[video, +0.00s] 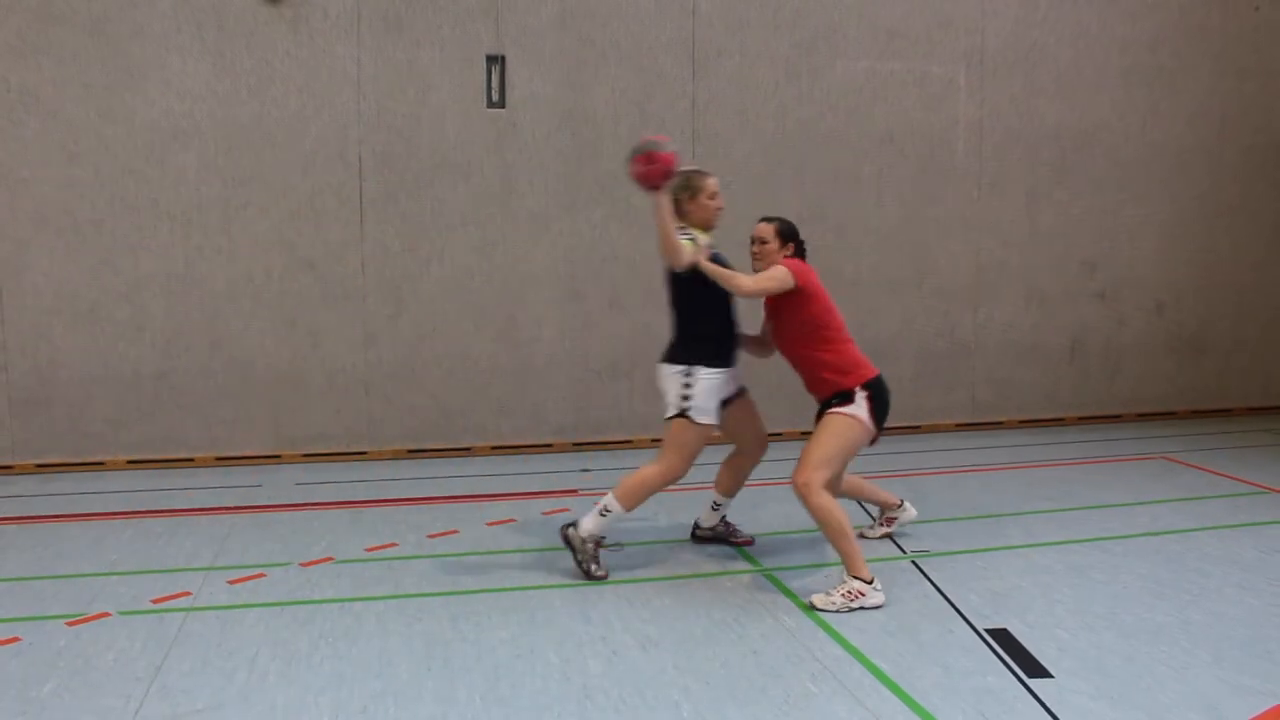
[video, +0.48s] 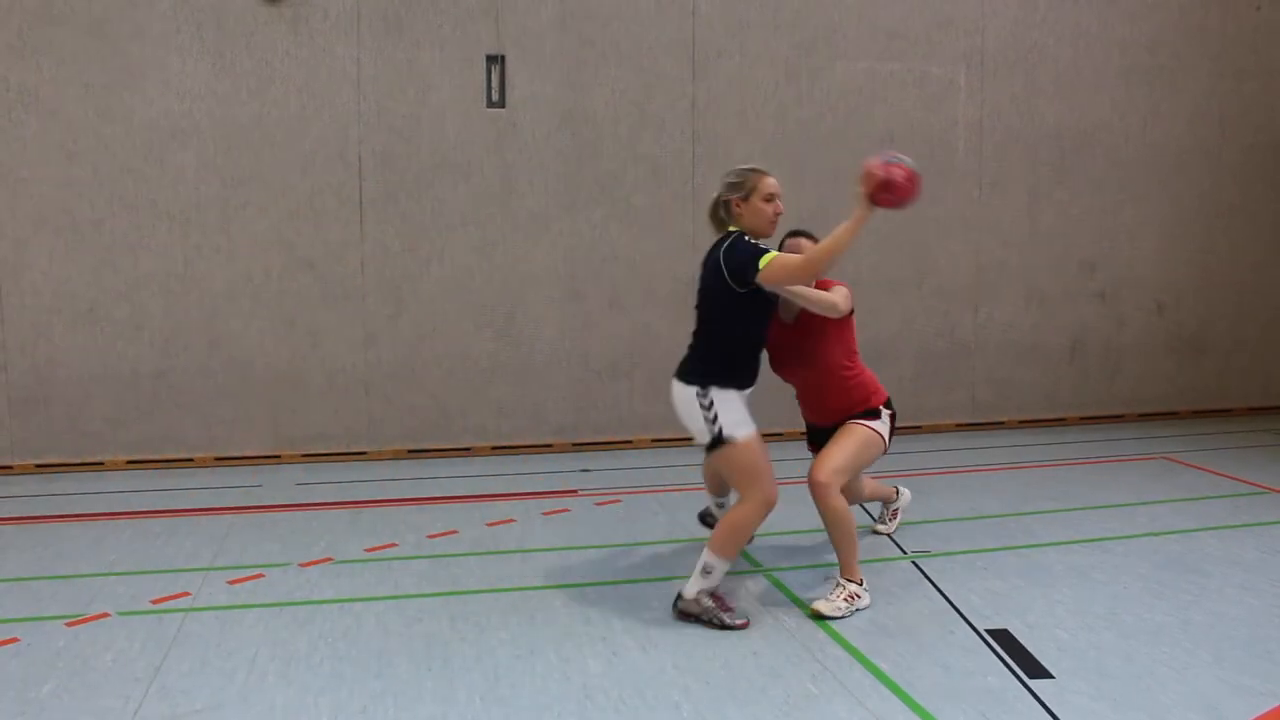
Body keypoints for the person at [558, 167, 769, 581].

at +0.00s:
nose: (719, 203)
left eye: (718, 196)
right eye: (711, 197)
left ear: (702, 204)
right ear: (688, 203)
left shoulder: (706, 247)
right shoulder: (685, 241)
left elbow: (712, 320)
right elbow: (677, 257)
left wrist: (749, 342)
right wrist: (660, 198)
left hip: (720, 370)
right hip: (693, 372)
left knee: (754, 443)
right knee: (673, 464)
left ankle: (711, 522)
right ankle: (585, 532)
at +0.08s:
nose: (742, 204)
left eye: (742, 196)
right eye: (735, 197)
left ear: (730, 203)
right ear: (711, 204)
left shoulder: (728, 245)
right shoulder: (712, 241)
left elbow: (707, 313)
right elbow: (706, 260)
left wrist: (772, 343)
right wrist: (691, 200)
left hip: (737, 369)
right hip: (712, 370)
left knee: (765, 445)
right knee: (677, 463)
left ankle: (712, 519)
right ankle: (593, 528)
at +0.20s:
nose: (766, 207)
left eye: (766, 199)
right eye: (758, 200)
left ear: (765, 200)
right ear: (737, 205)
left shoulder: (733, 245)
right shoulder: (734, 245)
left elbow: (710, 306)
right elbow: (749, 262)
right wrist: (738, 197)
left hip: (750, 373)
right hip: (731, 374)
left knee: (772, 452)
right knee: (697, 470)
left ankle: (715, 515)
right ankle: (607, 525)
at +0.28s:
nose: (772, 209)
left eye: (773, 201)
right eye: (764, 202)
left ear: (743, 207)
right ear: (741, 207)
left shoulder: (738, 243)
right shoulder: (737, 246)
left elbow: (717, 309)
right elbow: (767, 262)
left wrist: (720, 354)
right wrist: (775, 200)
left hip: (752, 373)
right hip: (732, 376)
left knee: (769, 450)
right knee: (729, 479)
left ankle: (714, 516)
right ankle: (628, 524)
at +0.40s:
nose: (780, 209)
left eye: (781, 201)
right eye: (772, 201)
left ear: (748, 207)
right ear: (741, 204)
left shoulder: (753, 245)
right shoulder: (738, 248)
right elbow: (796, 269)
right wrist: (833, 202)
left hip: (746, 377)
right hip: (721, 381)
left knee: (738, 459)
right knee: (758, 481)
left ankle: (719, 518)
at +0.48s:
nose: (779, 207)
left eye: (779, 199)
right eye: (769, 199)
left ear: (744, 208)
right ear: (737, 206)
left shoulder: (737, 249)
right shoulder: (738, 252)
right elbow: (807, 269)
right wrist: (864, 211)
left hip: (720, 385)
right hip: (709, 389)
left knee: (727, 454)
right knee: (760, 495)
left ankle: (718, 511)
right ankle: (696, 593)